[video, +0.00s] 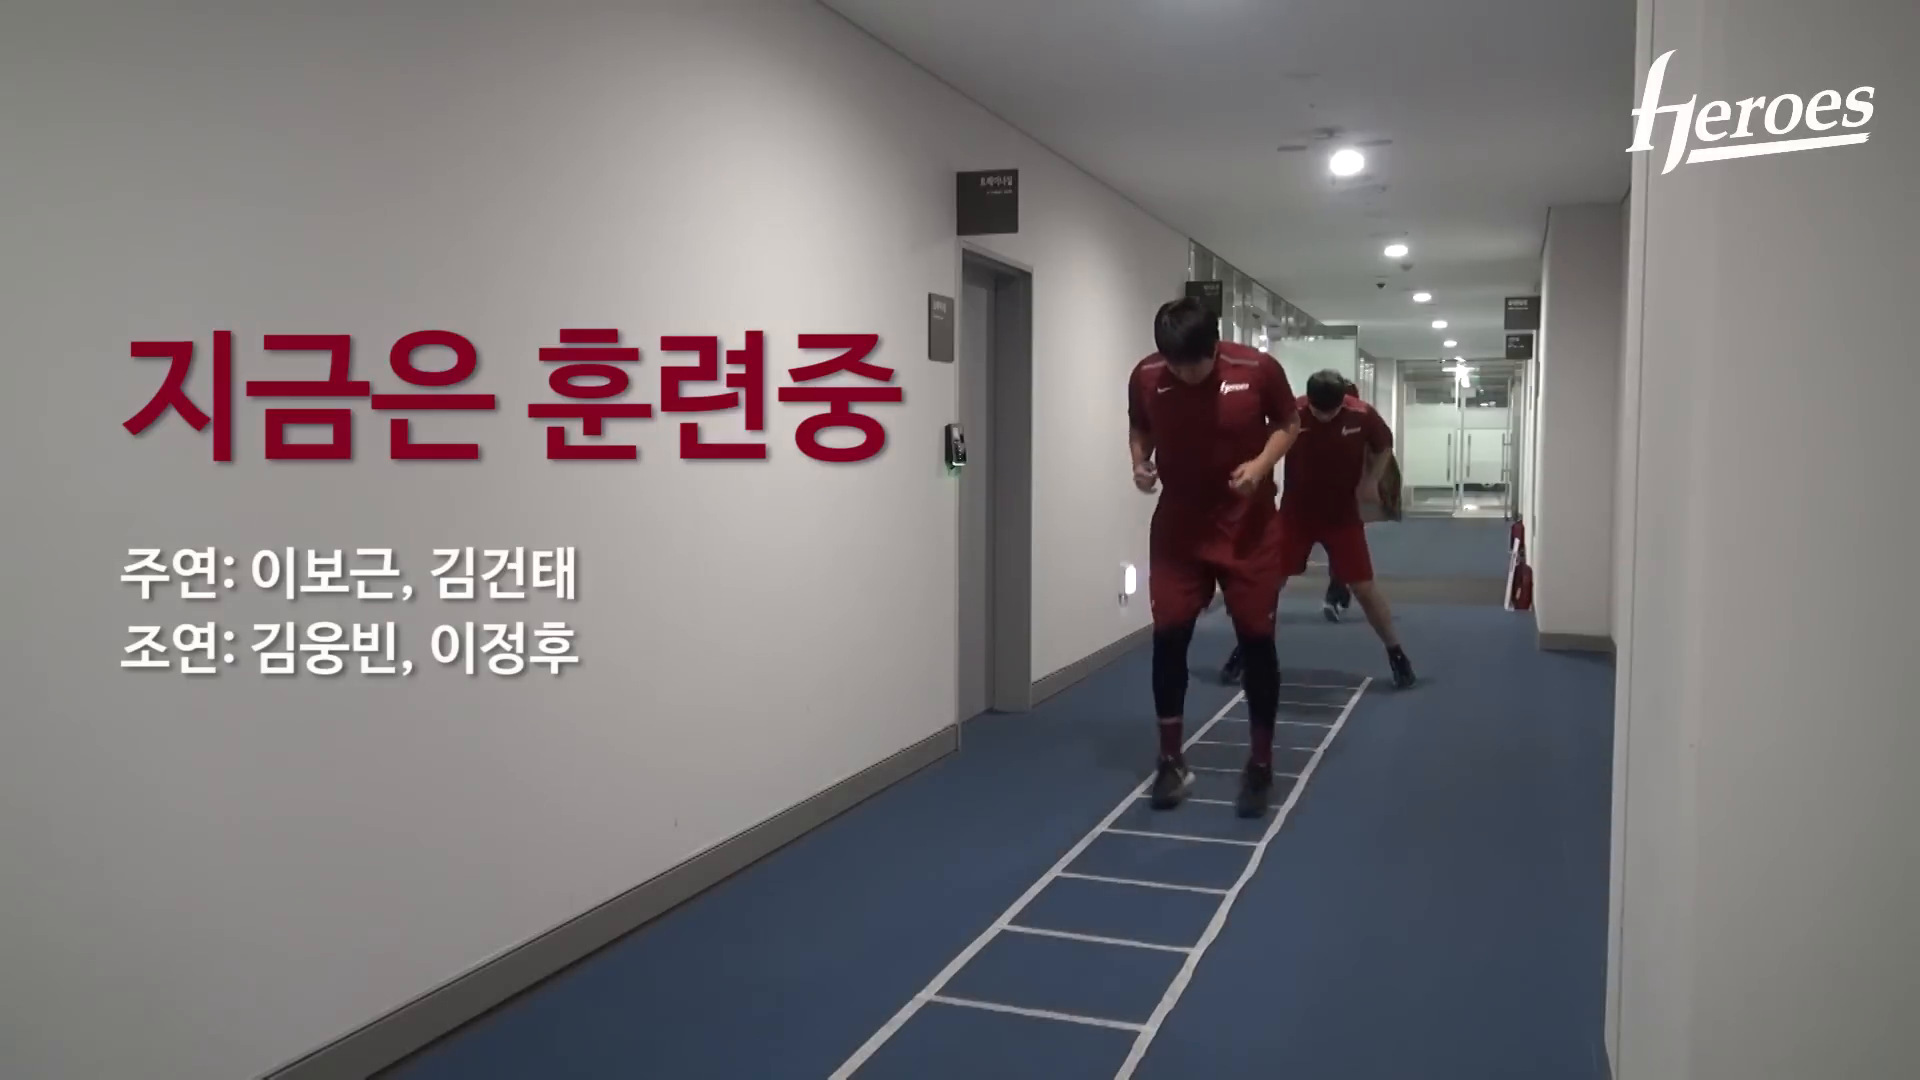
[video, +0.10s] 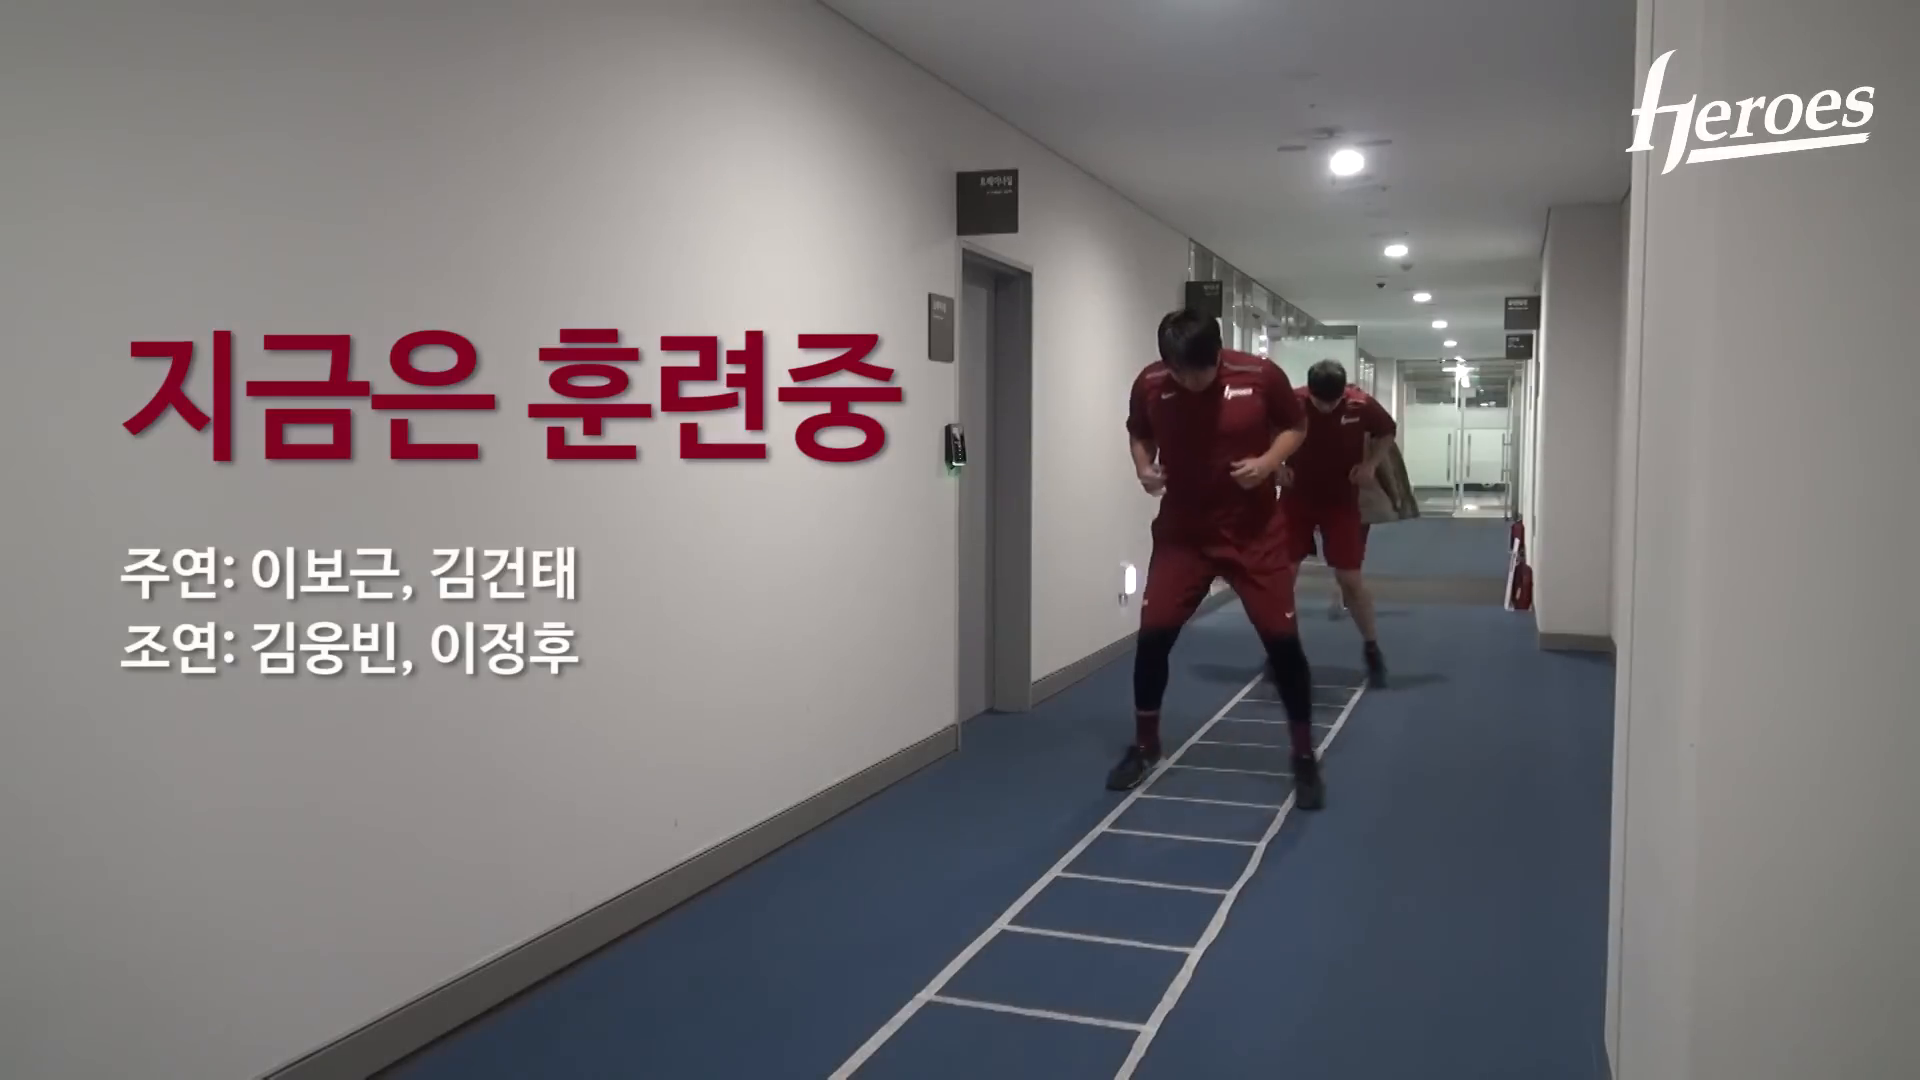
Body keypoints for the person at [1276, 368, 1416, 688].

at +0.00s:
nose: (1324, 418)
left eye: (1330, 413)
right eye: (1318, 413)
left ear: (1341, 402)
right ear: (1308, 400)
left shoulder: (1361, 415)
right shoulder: (1292, 415)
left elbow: (1384, 445)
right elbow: (1266, 444)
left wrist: (1373, 480)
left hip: (1342, 516)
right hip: (1296, 513)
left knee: (1364, 588)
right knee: (1267, 584)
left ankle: (1396, 655)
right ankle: (1245, 649)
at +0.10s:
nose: (1325, 408)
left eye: (1332, 404)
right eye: (1320, 403)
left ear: (1343, 393)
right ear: (1309, 391)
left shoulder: (1360, 405)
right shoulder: (1292, 404)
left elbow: (1386, 431)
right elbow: (1265, 428)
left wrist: (1371, 463)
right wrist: (1276, 461)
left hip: (1341, 501)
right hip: (1297, 499)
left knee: (1350, 579)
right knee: (1281, 577)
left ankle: (1372, 649)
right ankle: (1279, 653)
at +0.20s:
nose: (1324, 414)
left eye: (1331, 409)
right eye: (1318, 408)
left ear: (1341, 397)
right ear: (1309, 396)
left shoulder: (1359, 412)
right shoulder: (1293, 414)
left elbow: (1387, 443)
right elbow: (1271, 450)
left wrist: (1377, 471)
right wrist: (1279, 483)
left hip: (1342, 509)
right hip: (1301, 508)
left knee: (1332, 583)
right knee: (1305, 583)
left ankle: (1335, 652)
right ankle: (1308, 651)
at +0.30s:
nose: (1324, 414)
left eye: (1330, 408)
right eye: (1318, 408)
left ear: (1340, 398)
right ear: (1308, 397)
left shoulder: (1357, 416)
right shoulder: (1295, 416)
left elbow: (1385, 449)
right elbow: (1272, 452)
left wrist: (1376, 478)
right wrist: (1278, 489)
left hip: (1342, 512)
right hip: (1302, 511)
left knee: (1338, 584)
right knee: (1303, 582)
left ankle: (1337, 650)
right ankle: (1307, 649)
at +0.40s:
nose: (1323, 408)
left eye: (1329, 403)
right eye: (1317, 403)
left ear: (1340, 393)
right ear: (1308, 392)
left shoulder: (1359, 404)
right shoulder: (1297, 407)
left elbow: (1385, 433)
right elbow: (1277, 439)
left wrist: (1378, 467)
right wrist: (1281, 471)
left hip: (1345, 501)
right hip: (1302, 499)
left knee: (1351, 575)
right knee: (1291, 573)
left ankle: (1352, 645)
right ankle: (1288, 641)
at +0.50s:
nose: (1320, 414)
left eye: (1327, 407)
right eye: (1314, 407)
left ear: (1338, 398)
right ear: (1305, 396)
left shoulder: (1360, 410)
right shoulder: (1295, 414)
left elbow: (1390, 430)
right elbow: (1272, 450)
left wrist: (1384, 466)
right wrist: (1282, 483)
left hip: (1344, 508)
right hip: (1299, 506)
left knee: (1365, 578)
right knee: (1274, 576)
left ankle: (1383, 647)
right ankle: (1260, 647)